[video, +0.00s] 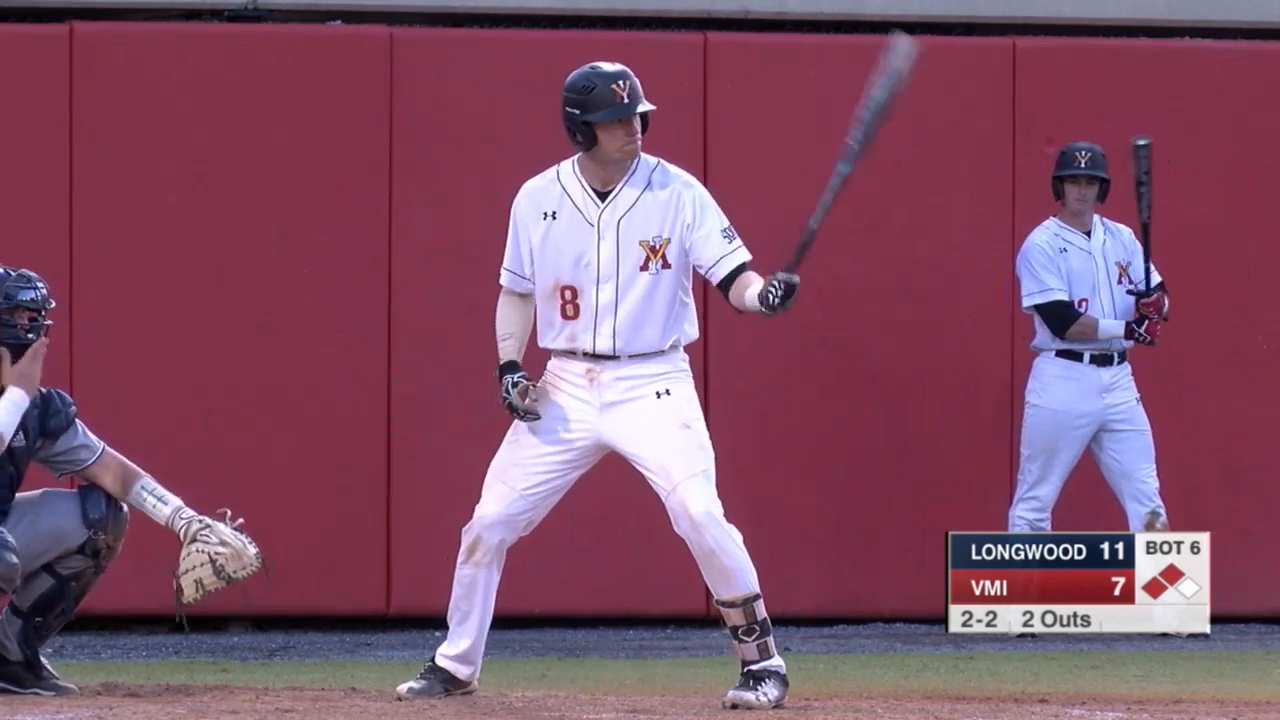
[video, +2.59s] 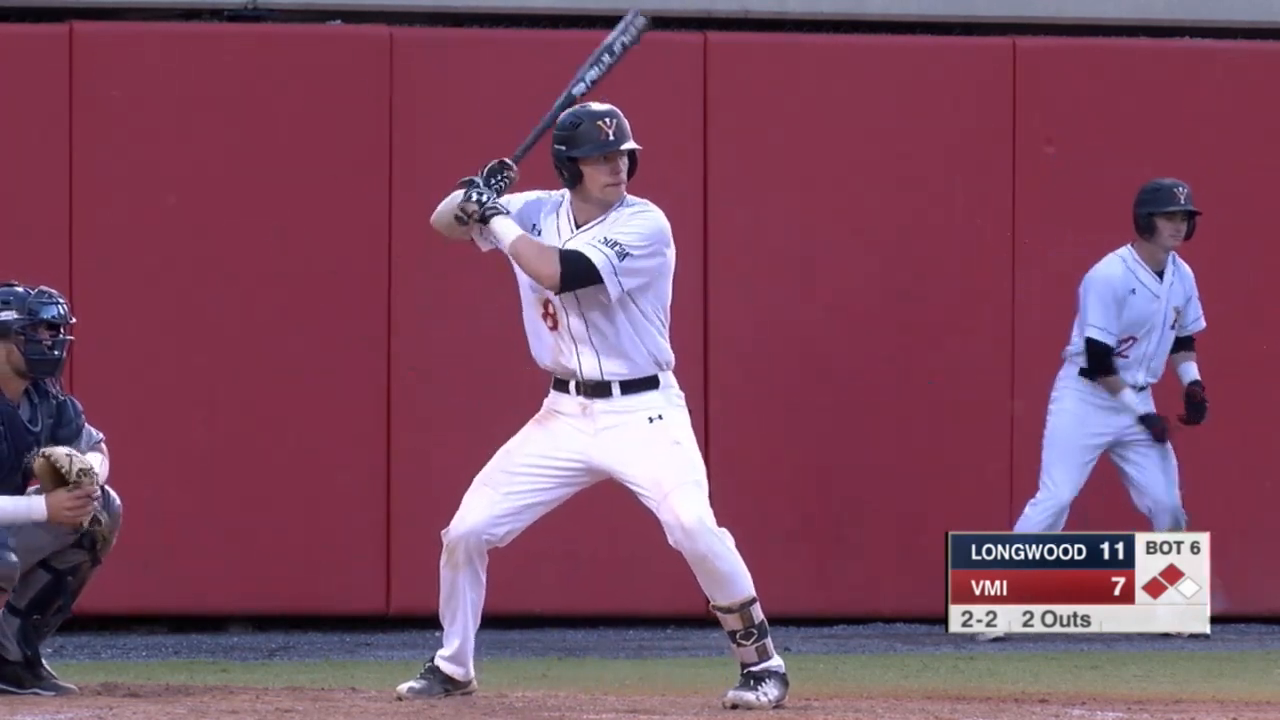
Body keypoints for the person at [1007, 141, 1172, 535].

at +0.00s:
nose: (1081, 191)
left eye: (1089, 182)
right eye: (1073, 182)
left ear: (1101, 187)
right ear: (1059, 186)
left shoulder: (1122, 238)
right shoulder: (1040, 245)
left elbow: (1154, 290)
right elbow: (1063, 324)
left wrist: (1154, 304)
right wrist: (1127, 330)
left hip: (1118, 382)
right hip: (1062, 381)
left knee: (1147, 504)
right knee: (1035, 503)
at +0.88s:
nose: (1147, 195)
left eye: (1152, 187)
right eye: (1138, 186)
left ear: (1158, 193)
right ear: (1115, 189)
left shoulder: (1152, 251)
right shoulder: (1086, 244)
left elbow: (1159, 321)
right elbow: (1110, 326)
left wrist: (1180, 336)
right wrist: (1166, 352)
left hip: (1132, 388)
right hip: (1080, 384)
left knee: (1160, 502)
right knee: (1048, 504)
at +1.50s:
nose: (1198, 209)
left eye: (1203, 201)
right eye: (1189, 200)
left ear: (1207, 206)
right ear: (1163, 203)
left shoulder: (1192, 257)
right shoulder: (1130, 259)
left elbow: (1185, 323)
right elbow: (1115, 345)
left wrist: (1208, 364)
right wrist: (1138, 411)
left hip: (1147, 386)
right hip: (1099, 382)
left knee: (1171, 495)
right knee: (1060, 484)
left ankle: (1179, 592)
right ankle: (1000, 576)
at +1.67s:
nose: (1175, 215)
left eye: (1179, 207)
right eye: (1165, 207)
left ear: (1183, 212)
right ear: (1140, 210)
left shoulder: (1174, 264)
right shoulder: (1102, 266)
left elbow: (1172, 330)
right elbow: (1078, 348)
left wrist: (1189, 369)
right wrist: (1080, 408)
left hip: (1135, 398)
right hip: (1081, 391)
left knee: (1165, 505)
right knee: (1047, 496)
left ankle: (1171, 609)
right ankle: (992, 591)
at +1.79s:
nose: (1147, 218)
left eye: (1153, 210)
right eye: (1138, 210)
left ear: (1158, 216)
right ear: (1114, 213)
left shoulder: (1154, 266)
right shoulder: (1074, 268)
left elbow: (1156, 329)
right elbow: (1043, 339)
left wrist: (1167, 369)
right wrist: (1024, 394)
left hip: (1118, 401)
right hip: (1062, 395)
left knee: (1151, 505)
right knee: (1038, 497)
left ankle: (1165, 606)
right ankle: (991, 594)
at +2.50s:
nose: (1166, 225)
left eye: (1170, 217)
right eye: (1156, 217)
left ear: (1174, 223)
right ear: (1131, 221)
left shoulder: (1168, 274)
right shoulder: (1091, 275)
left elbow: (1169, 335)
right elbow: (1068, 357)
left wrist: (1180, 378)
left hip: (1128, 402)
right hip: (1072, 396)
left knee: (1160, 508)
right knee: (1047, 498)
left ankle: (1171, 608)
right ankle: (994, 590)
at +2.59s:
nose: (1180, 226)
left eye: (1185, 218)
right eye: (1171, 218)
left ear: (1188, 224)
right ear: (1146, 221)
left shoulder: (1181, 275)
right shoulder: (1108, 275)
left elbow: (1183, 340)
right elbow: (1098, 361)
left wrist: (1193, 384)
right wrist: (1141, 411)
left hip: (1138, 404)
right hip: (1084, 399)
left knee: (1167, 507)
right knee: (1055, 499)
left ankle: (1177, 608)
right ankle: (996, 592)